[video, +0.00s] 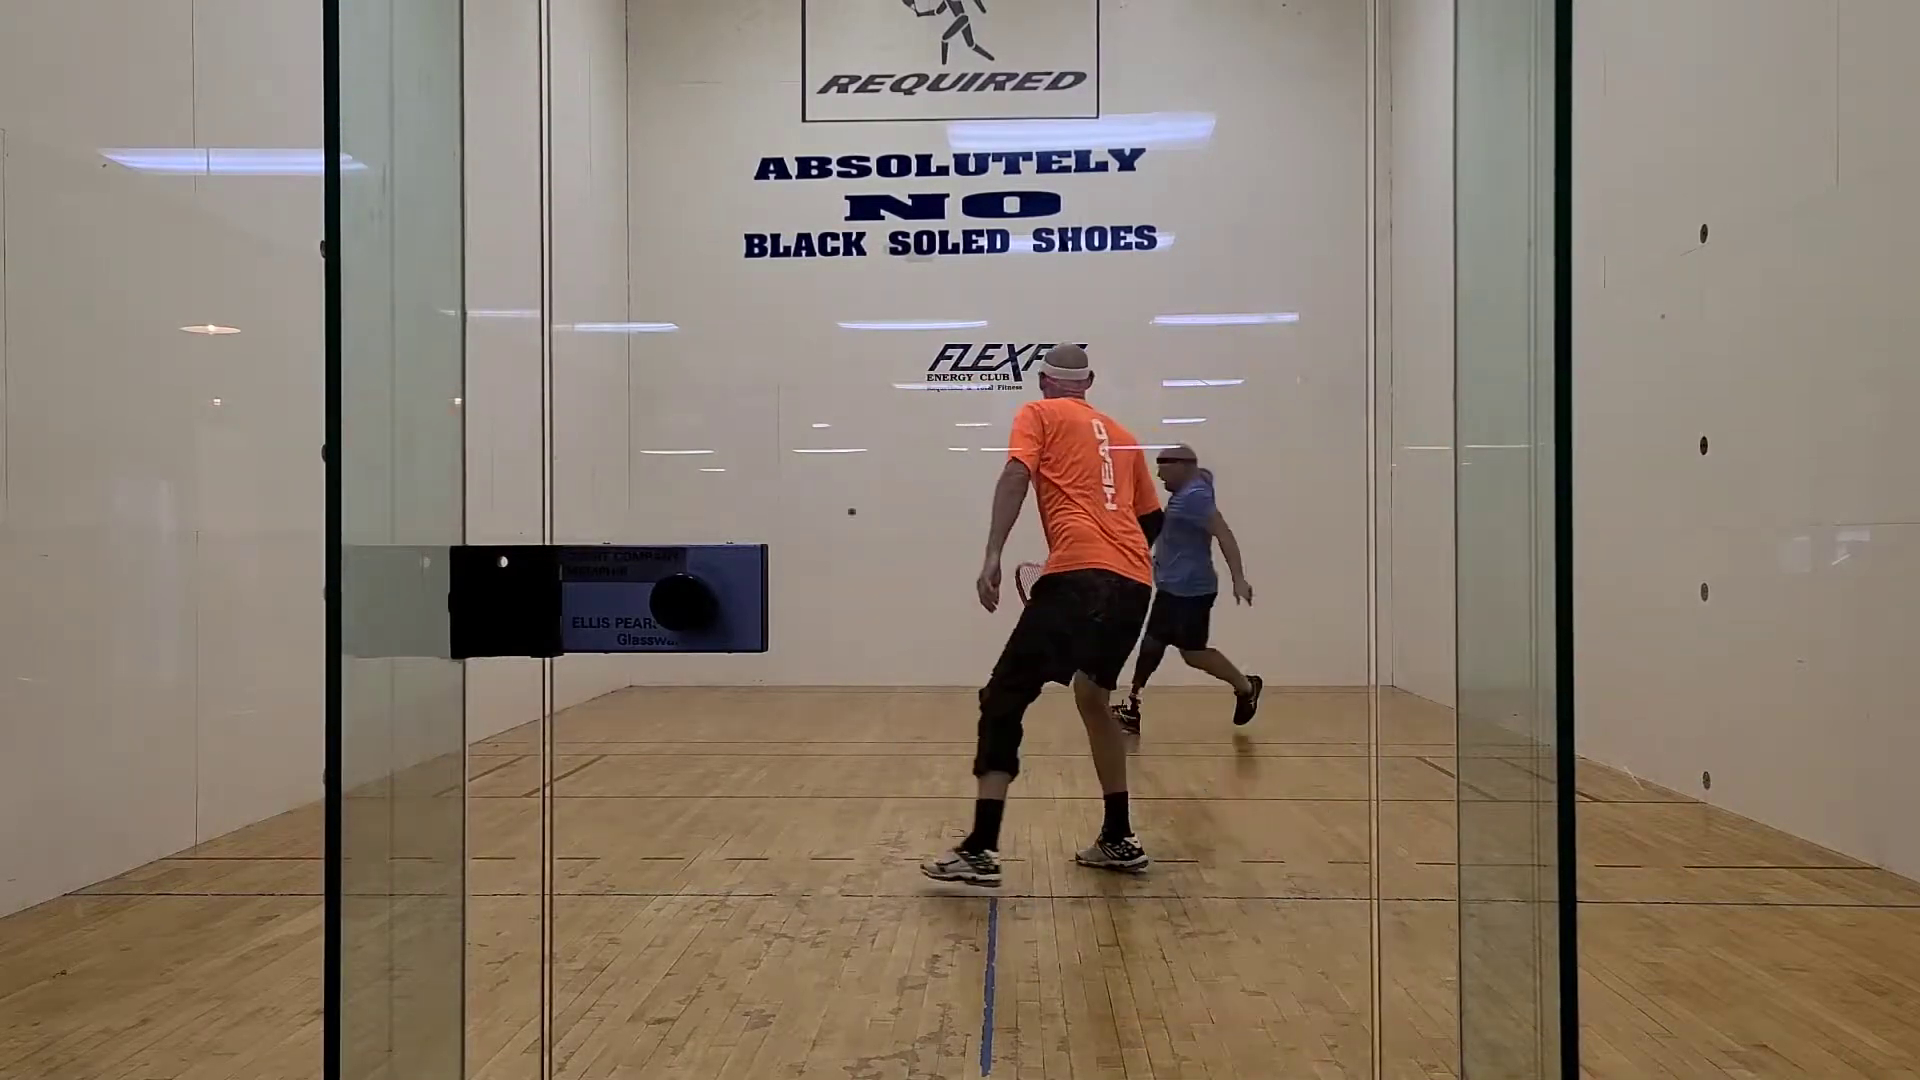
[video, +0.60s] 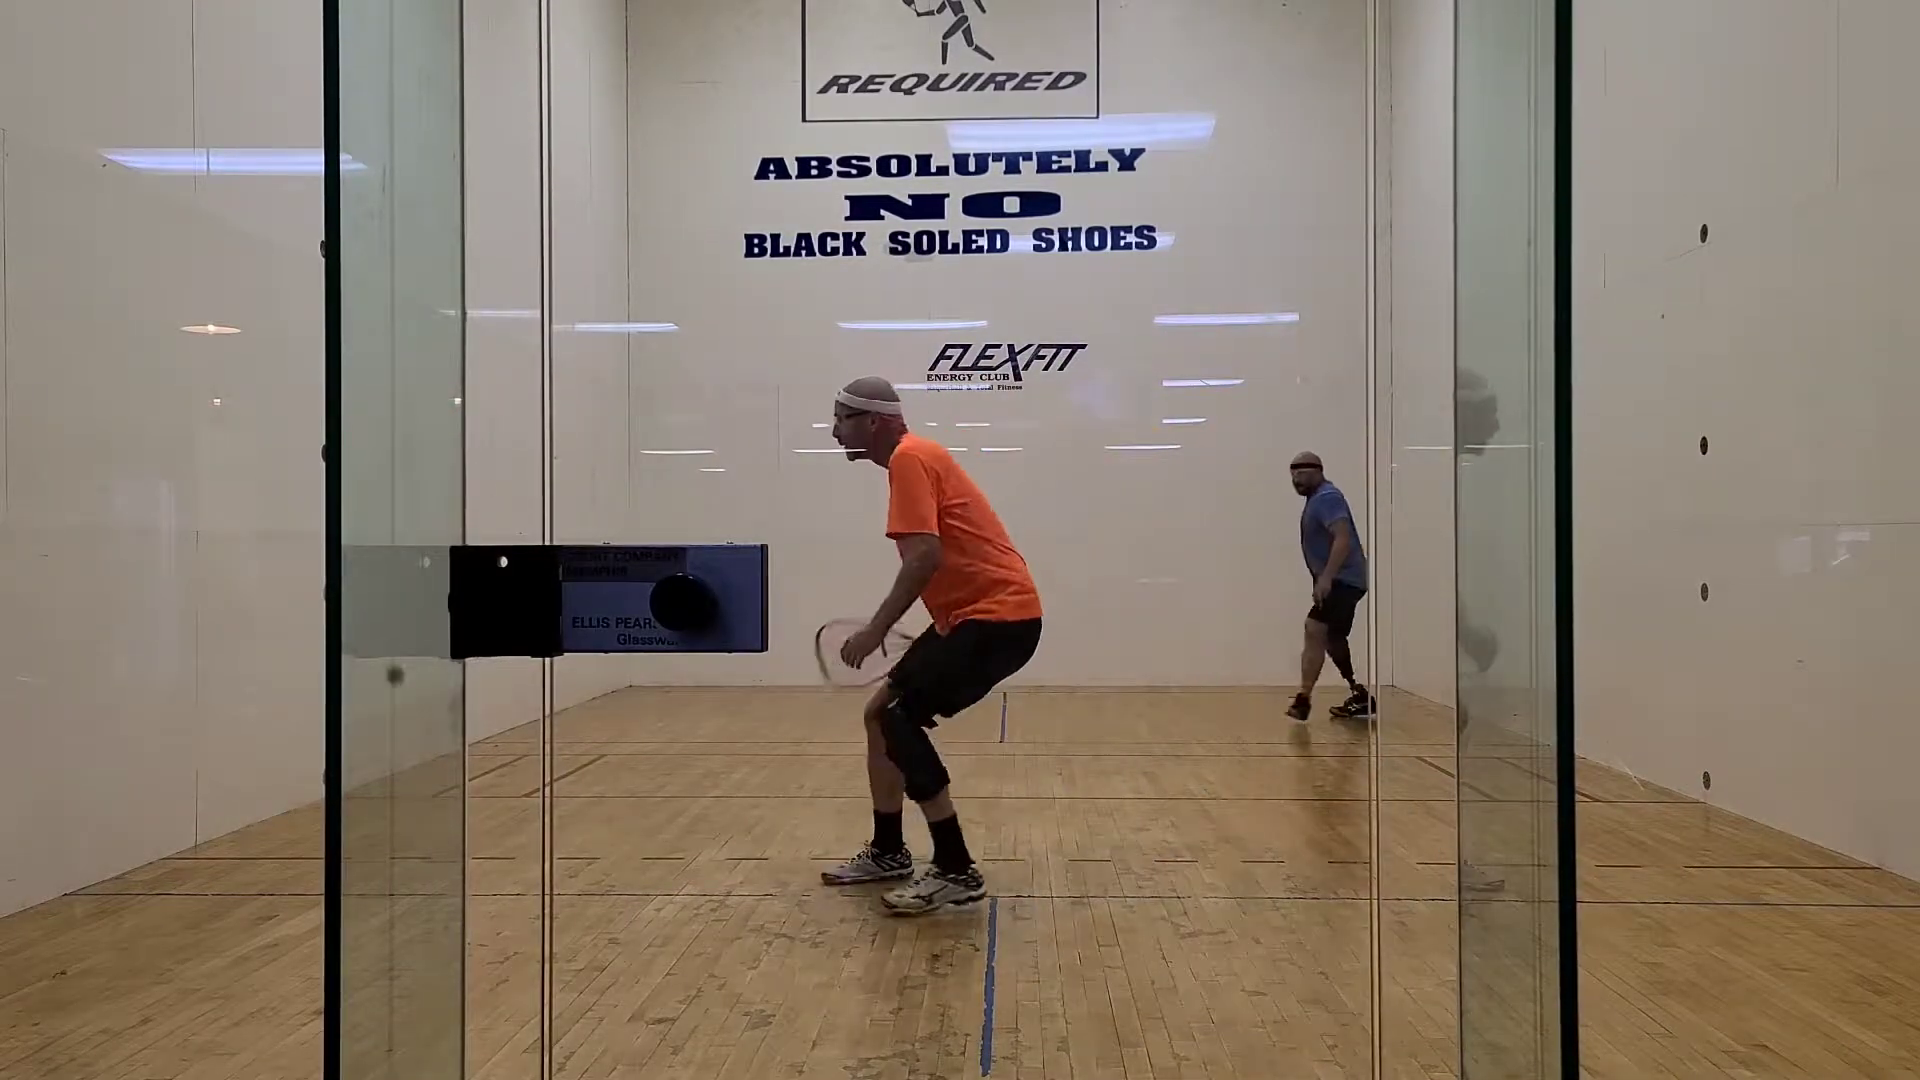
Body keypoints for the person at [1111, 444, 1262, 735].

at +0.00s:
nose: (1160, 475)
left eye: (1164, 468)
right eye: (1159, 469)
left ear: (1183, 467)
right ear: (1181, 467)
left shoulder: (1194, 497)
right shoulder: (1181, 495)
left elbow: (1224, 533)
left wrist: (1238, 578)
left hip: (1191, 590)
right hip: (1170, 588)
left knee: (1193, 655)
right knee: (1151, 647)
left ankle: (1246, 687)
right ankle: (1131, 706)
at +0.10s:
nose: (1184, 482)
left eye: (1189, 477)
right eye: (1184, 477)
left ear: (1209, 474)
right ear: (1208, 475)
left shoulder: (1220, 504)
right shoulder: (1224, 488)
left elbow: (1234, 544)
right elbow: (1242, 474)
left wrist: (1227, 586)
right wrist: (1256, 462)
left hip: (1229, 597)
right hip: (1202, 592)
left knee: (1226, 657)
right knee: (1172, 638)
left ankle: (1253, 704)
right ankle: (1157, 700)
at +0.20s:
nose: (1208, 481)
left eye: (1214, 475)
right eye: (1208, 476)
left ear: (1234, 477)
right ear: (1234, 477)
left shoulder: (1239, 507)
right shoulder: (1253, 492)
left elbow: (1248, 547)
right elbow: (1268, 486)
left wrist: (1234, 587)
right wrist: (1278, 478)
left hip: (1257, 596)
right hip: (1243, 592)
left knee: (1231, 650)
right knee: (1209, 637)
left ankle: (1255, 708)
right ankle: (1226, 688)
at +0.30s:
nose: (1235, 484)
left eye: (1240, 478)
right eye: (1235, 479)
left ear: (1259, 480)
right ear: (1261, 481)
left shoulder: (1263, 507)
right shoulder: (1272, 500)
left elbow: (1271, 547)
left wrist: (1257, 588)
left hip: (1278, 591)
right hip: (1285, 590)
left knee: (1241, 644)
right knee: (1260, 640)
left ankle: (1255, 709)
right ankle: (1302, 682)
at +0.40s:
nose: (1259, 496)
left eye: (1265, 491)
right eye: (1259, 491)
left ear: (1285, 493)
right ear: (1286, 494)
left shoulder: (1287, 518)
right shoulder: (1300, 508)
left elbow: (1295, 558)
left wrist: (1276, 594)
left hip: (1303, 599)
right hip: (1317, 598)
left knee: (1258, 638)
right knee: (1313, 656)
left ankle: (1257, 707)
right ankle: (1355, 696)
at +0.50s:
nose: (1277, 499)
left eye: (1282, 493)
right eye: (1275, 494)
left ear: (1300, 493)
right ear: (1274, 494)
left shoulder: (1306, 518)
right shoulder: (1308, 512)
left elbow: (1317, 558)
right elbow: (1307, 558)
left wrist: (1299, 601)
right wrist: (1297, 586)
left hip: (1331, 593)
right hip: (1337, 592)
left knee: (1288, 636)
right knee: (1316, 654)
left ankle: (1266, 703)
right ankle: (1356, 697)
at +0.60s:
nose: (1297, 477)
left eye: (1303, 471)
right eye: (1294, 472)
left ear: (1318, 472)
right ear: (1293, 476)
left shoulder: (1328, 498)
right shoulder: (1316, 500)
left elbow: (1343, 538)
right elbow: (1329, 541)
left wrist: (1326, 577)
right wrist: (1321, 577)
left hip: (1344, 581)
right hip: (1337, 581)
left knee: (1314, 630)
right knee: (1334, 638)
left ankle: (1303, 700)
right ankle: (1359, 694)